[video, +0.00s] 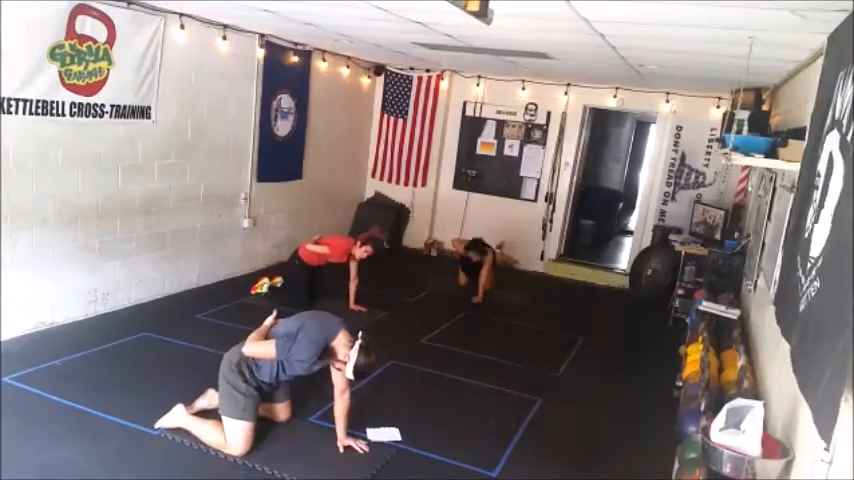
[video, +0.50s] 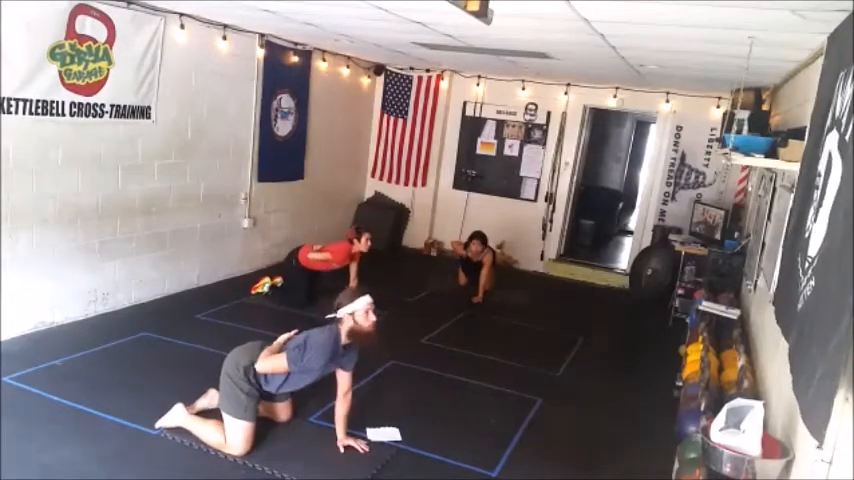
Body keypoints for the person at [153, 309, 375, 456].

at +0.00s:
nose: (341, 369)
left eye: (346, 368)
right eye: (345, 365)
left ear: (353, 351)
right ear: (349, 357)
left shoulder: (343, 338)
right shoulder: (306, 347)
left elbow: (342, 391)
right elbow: (248, 348)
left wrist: (343, 436)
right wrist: (266, 325)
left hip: (271, 367)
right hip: (241, 369)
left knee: (281, 412)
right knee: (236, 446)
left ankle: (217, 400)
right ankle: (182, 418)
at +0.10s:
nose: (355, 374)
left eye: (360, 372)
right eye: (359, 370)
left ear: (362, 351)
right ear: (358, 361)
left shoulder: (347, 338)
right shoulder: (314, 356)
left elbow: (343, 391)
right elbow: (255, 360)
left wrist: (341, 435)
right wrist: (271, 333)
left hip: (274, 366)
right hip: (242, 367)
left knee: (281, 413)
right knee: (237, 445)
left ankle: (217, 399)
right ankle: (182, 418)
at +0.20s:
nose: (381, 349)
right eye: (379, 343)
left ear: (363, 332)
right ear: (364, 336)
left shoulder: (347, 339)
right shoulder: (323, 360)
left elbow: (345, 393)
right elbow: (265, 374)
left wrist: (342, 435)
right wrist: (279, 343)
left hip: (266, 355)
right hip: (242, 369)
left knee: (282, 412)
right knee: (237, 446)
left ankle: (219, 400)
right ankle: (183, 417)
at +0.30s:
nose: (377, 326)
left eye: (377, 320)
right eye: (371, 321)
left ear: (358, 322)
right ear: (352, 321)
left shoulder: (348, 348)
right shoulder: (322, 350)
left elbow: (344, 394)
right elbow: (263, 371)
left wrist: (342, 436)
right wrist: (280, 344)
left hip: (267, 359)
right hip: (242, 367)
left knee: (281, 411)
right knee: (237, 446)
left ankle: (217, 400)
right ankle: (182, 417)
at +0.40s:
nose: (371, 315)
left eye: (371, 309)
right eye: (364, 311)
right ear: (344, 315)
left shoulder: (348, 349)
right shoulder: (318, 344)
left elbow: (344, 394)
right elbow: (260, 366)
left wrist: (342, 436)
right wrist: (279, 342)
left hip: (269, 362)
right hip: (242, 368)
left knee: (281, 411)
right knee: (237, 446)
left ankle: (217, 401)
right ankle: (181, 417)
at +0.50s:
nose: (373, 317)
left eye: (373, 312)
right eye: (368, 313)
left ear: (356, 319)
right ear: (347, 317)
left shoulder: (348, 349)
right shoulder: (319, 344)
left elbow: (344, 393)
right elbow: (261, 366)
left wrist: (342, 436)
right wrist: (280, 342)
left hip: (270, 363)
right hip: (243, 368)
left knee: (281, 411)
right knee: (237, 446)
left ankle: (216, 400)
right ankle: (182, 417)